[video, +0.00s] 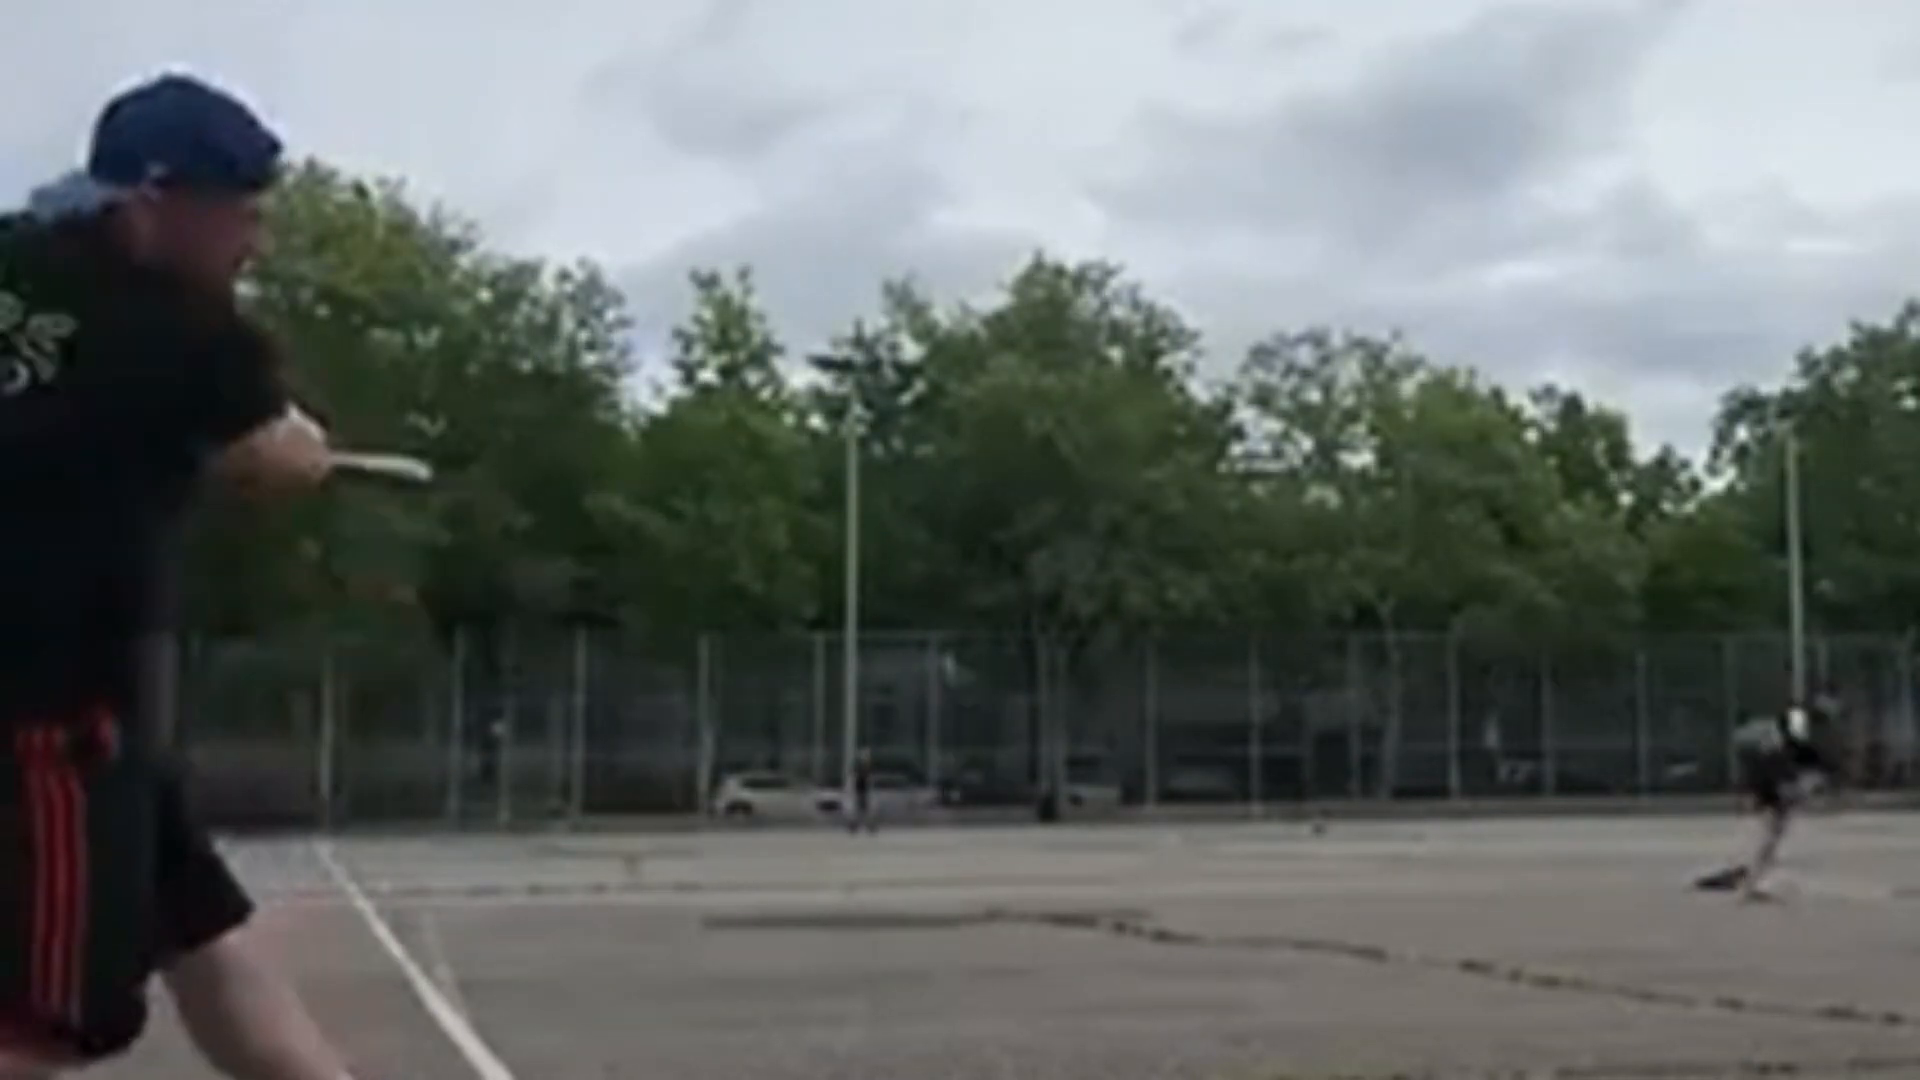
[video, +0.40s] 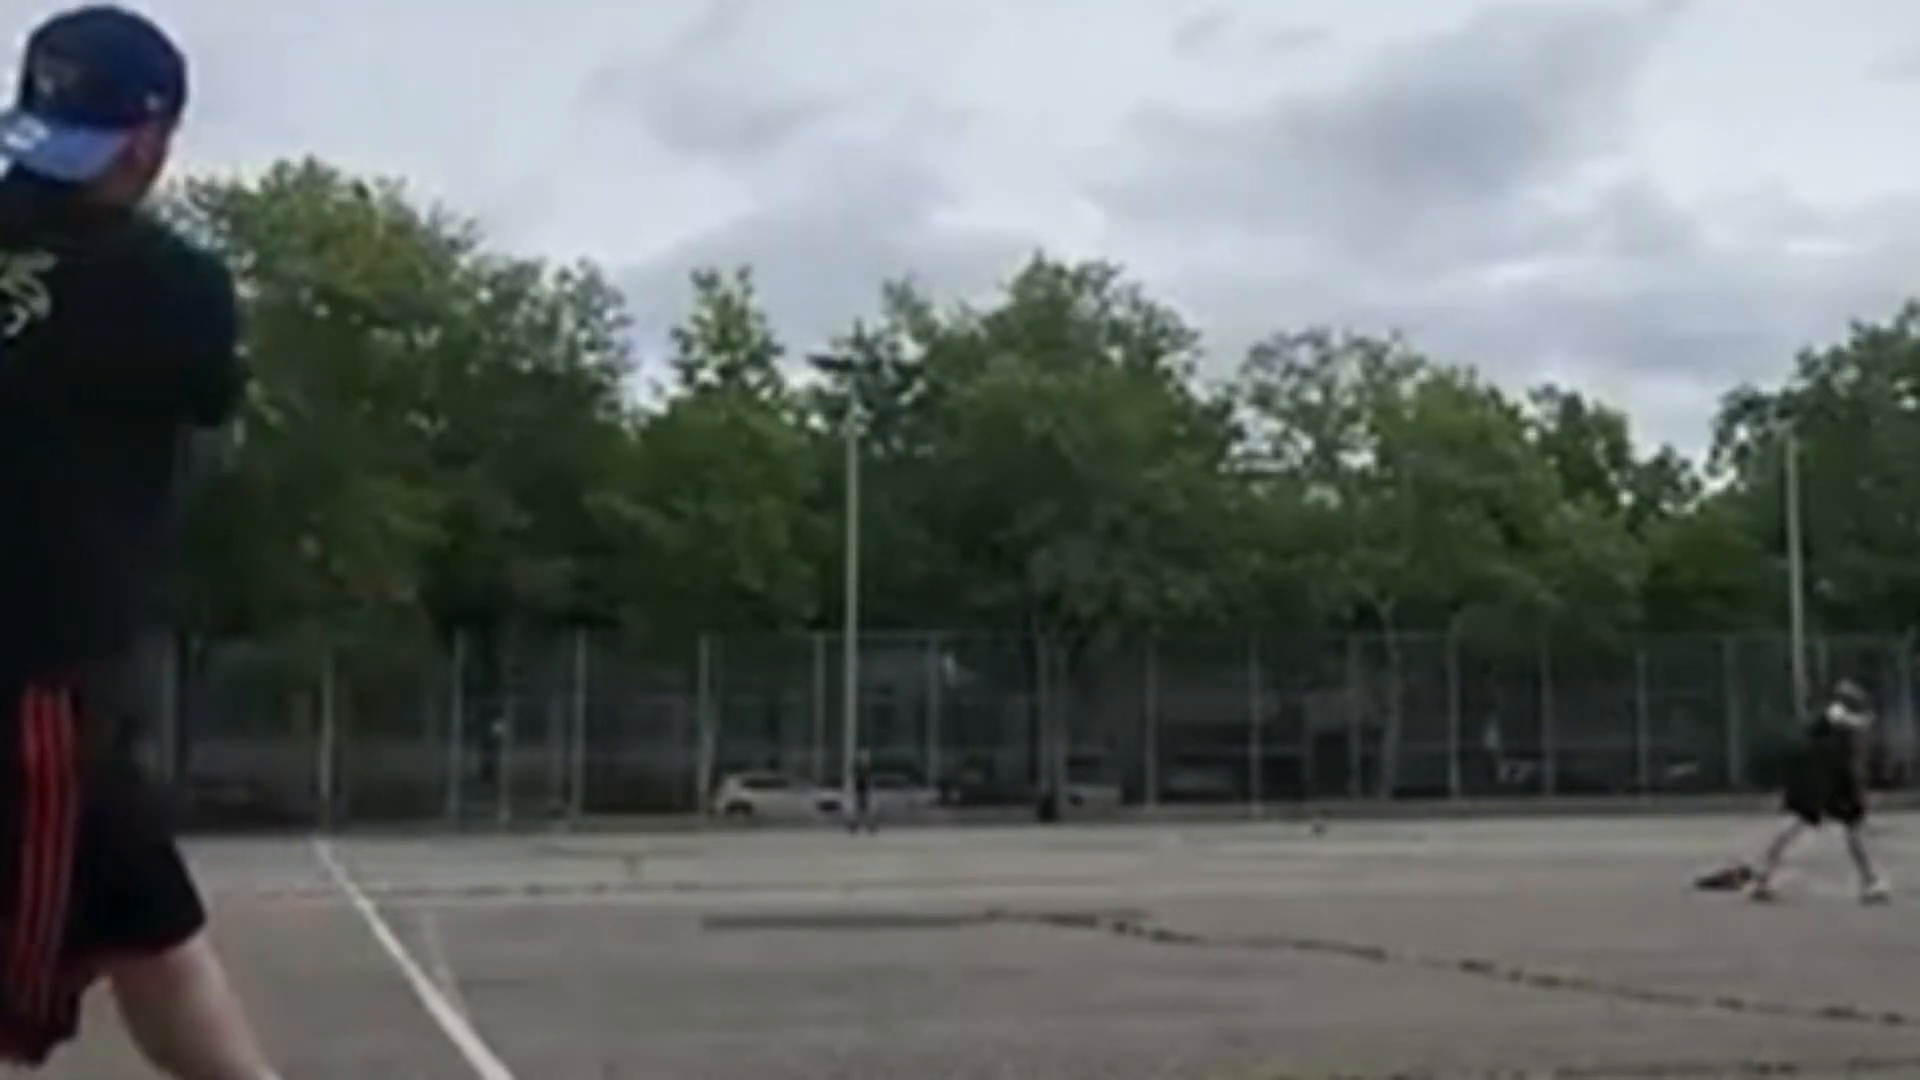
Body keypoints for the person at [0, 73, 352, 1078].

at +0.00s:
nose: (257, 236)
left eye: (256, 211)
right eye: (240, 210)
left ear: (142, 201)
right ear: (152, 203)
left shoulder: (31, 270)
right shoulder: (160, 318)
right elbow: (276, 453)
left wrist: (248, 432)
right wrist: (299, 450)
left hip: (73, 705)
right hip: (53, 710)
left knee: (212, 945)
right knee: (40, 1036)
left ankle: (319, 1066)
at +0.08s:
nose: (254, 211)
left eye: (256, 183)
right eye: (245, 182)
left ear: (120, 154)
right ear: (183, 176)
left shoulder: (17, 231)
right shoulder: (188, 307)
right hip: (73, 659)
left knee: (179, 955)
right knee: (40, 1024)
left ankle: (290, 1065)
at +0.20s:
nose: (189, 157)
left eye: (190, 133)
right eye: (186, 133)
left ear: (55, 107)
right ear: (147, 132)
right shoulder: (174, 268)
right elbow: (119, 484)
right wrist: (138, 673)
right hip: (67, 646)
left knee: (165, 912)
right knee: (29, 996)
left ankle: (254, 1065)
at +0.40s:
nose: (168, 160)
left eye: (161, 137)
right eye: (168, 137)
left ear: (25, 115)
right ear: (146, 141)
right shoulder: (165, 284)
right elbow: (206, 414)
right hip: (52, 660)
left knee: (157, 943)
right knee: (20, 1014)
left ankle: (245, 1072)